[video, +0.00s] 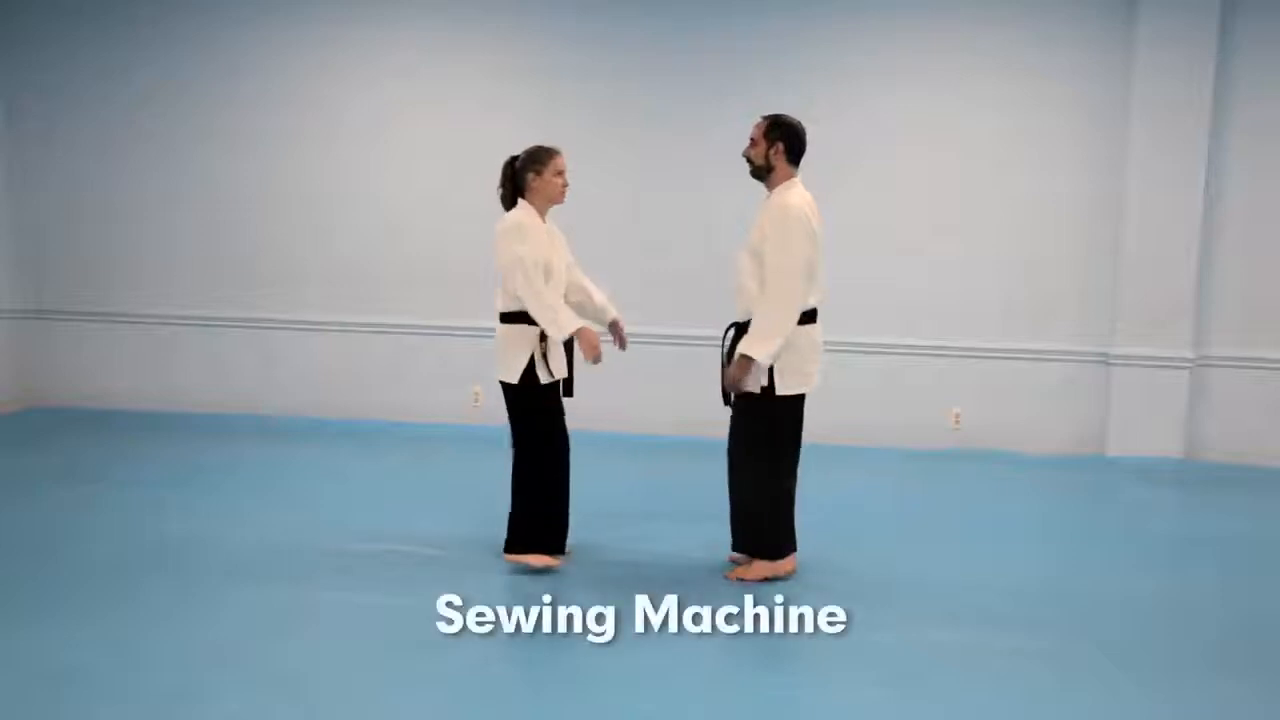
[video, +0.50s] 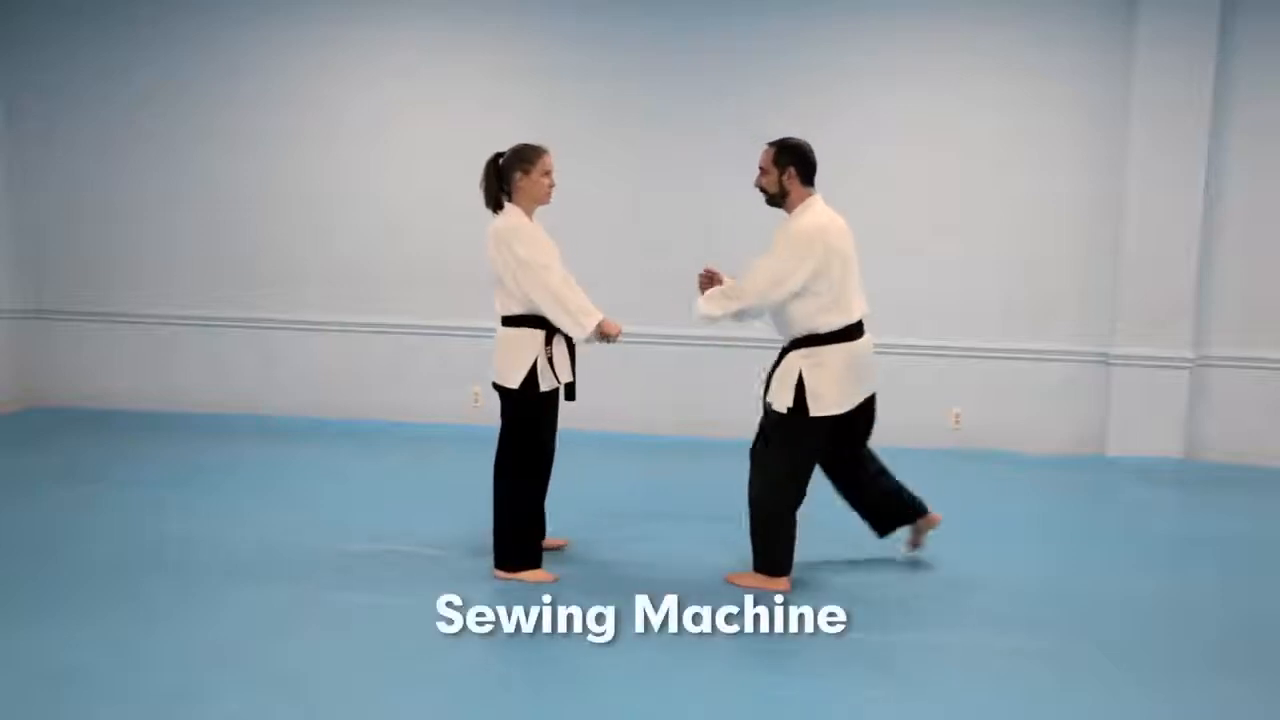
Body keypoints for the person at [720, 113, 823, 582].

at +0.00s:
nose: (746, 150)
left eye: (754, 143)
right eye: (749, 141)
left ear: (777, 151)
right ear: (779, 151)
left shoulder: (791, 207)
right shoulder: (781, 203)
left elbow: (784, 293)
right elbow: (777, 288)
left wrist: (749, 355)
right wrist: (744, 349)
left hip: (782, 351)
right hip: (771, 348)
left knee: (766, 457)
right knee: (757, 454)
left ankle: (775, 554)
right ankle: (760, 547)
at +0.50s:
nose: (757, 179)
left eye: (763, 172)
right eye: (758, 171)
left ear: (789, 175)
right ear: (795, 176)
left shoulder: (802, 229)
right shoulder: (829, 221)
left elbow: (760, 292)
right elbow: (787, 292)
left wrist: (712, 298)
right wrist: (731, 289)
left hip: (814, 368)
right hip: (851, 361)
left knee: (774, 466)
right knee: (842, 452)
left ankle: (771, 572)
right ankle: (915, 515)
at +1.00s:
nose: (809, 211)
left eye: (816, 203)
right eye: (811, 202)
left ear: (844, 209)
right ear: (847, 210)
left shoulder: (853, 263)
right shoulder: (874, 258)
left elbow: (803, 319)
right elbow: (903, 312)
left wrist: (755, 321)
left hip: (844, 396)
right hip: (875, 391)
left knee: (772, 458)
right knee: (906, 471)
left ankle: (768, 570)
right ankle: (973, 545)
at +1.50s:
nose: (812, 212)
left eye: (819, 203)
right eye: (815, 202)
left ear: (847, 209)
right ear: (850, 210)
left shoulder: (858, 261)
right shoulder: (875, 257)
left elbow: (801, 317)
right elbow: (906, 314)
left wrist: (753, 321)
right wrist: (867, 350)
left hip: (845, 397)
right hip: (874, 392)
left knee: (770, 457)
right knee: (906, 471)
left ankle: (768, 571)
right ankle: (973, 547)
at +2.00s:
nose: (791, 210)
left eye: (798, 201)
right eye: (793, 200)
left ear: (825, 206)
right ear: (831, 206)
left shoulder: (838, 254)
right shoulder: (865, 251)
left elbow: (780, 301)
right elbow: (894, 307)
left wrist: (739, 319)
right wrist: (858, 345)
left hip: (830, 393)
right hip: (864, 388)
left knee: (760, 464)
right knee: (897, 468)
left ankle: (784, 576)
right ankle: (968, 543)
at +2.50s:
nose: (669, 199)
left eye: (676, 191)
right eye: (671, 190)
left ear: (702, 195)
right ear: (704, 196)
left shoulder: (716, 246)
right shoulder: (713, 241)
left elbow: (722, 319)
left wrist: (673, 338)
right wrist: (661, 308)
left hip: (728, 382)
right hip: (706, 378)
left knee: (723, 488)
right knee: (654, 453)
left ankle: (773, 577)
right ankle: (606, 526)